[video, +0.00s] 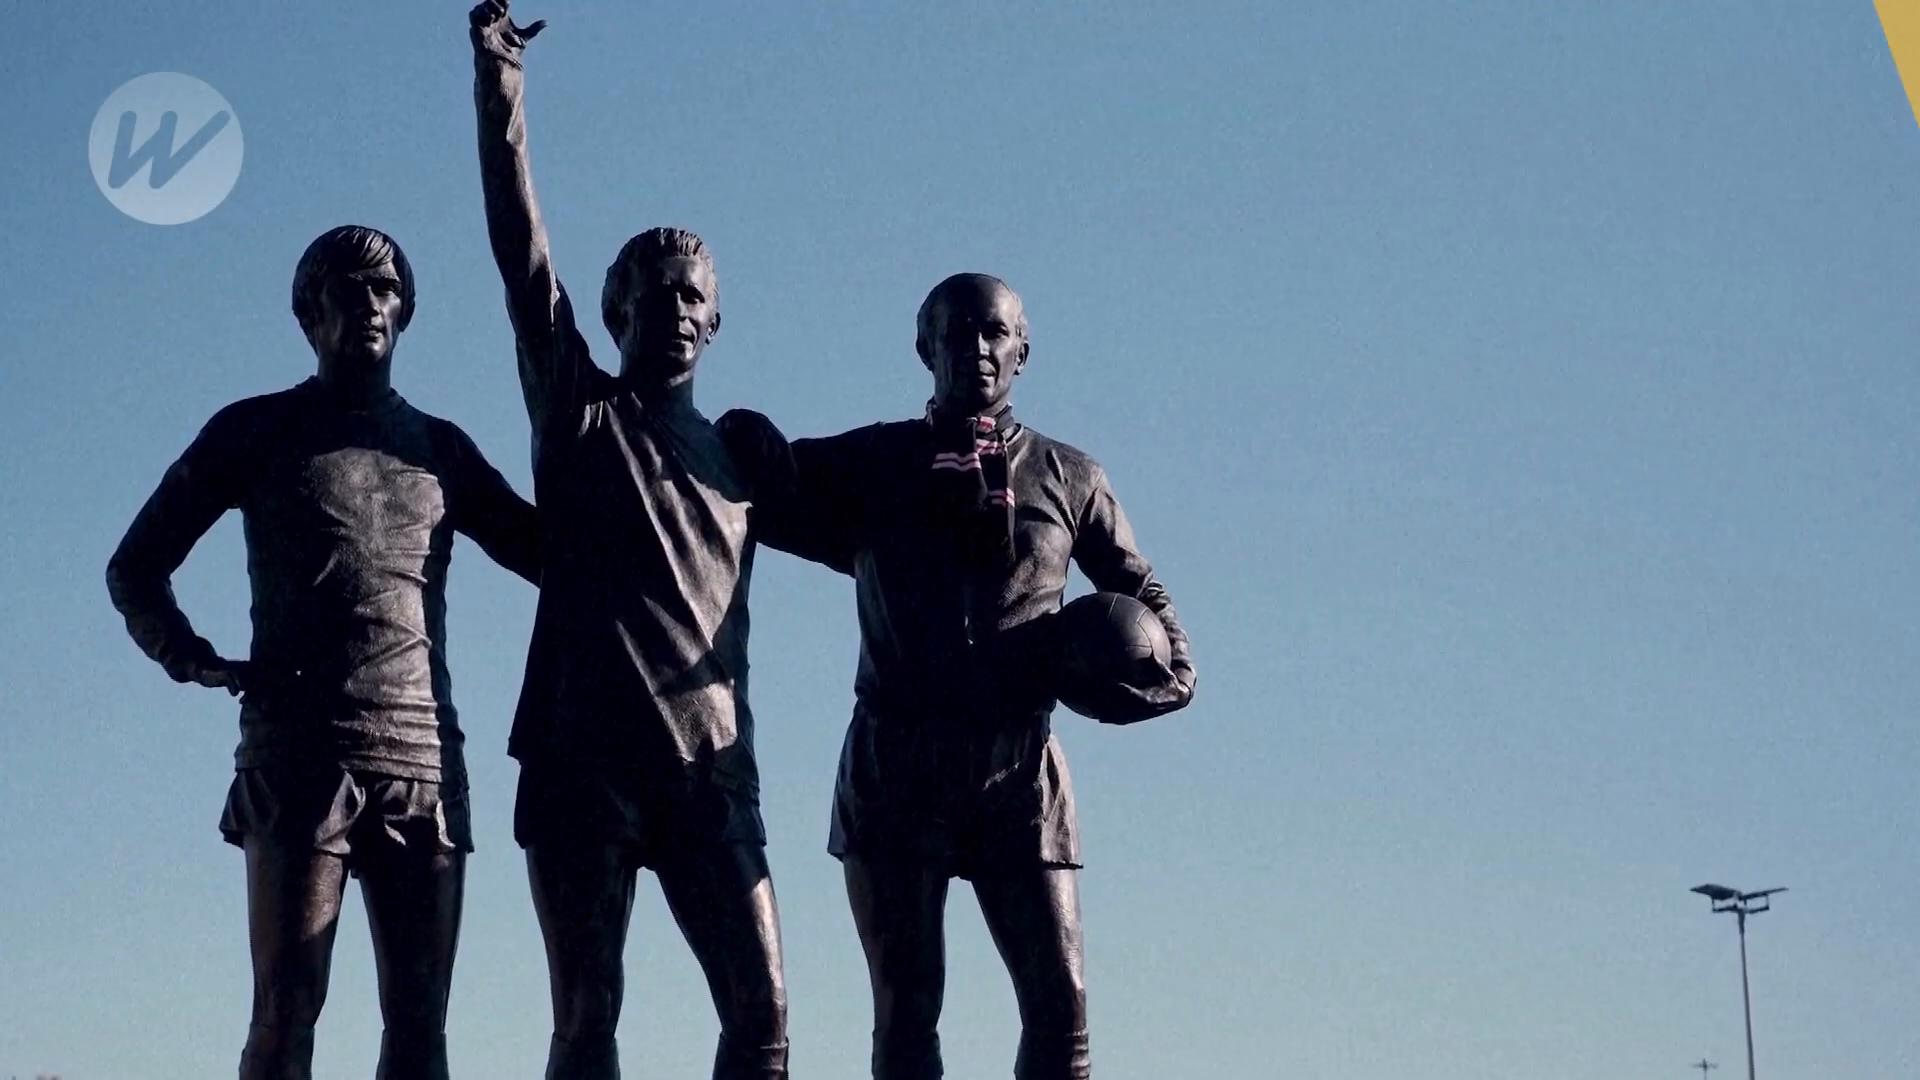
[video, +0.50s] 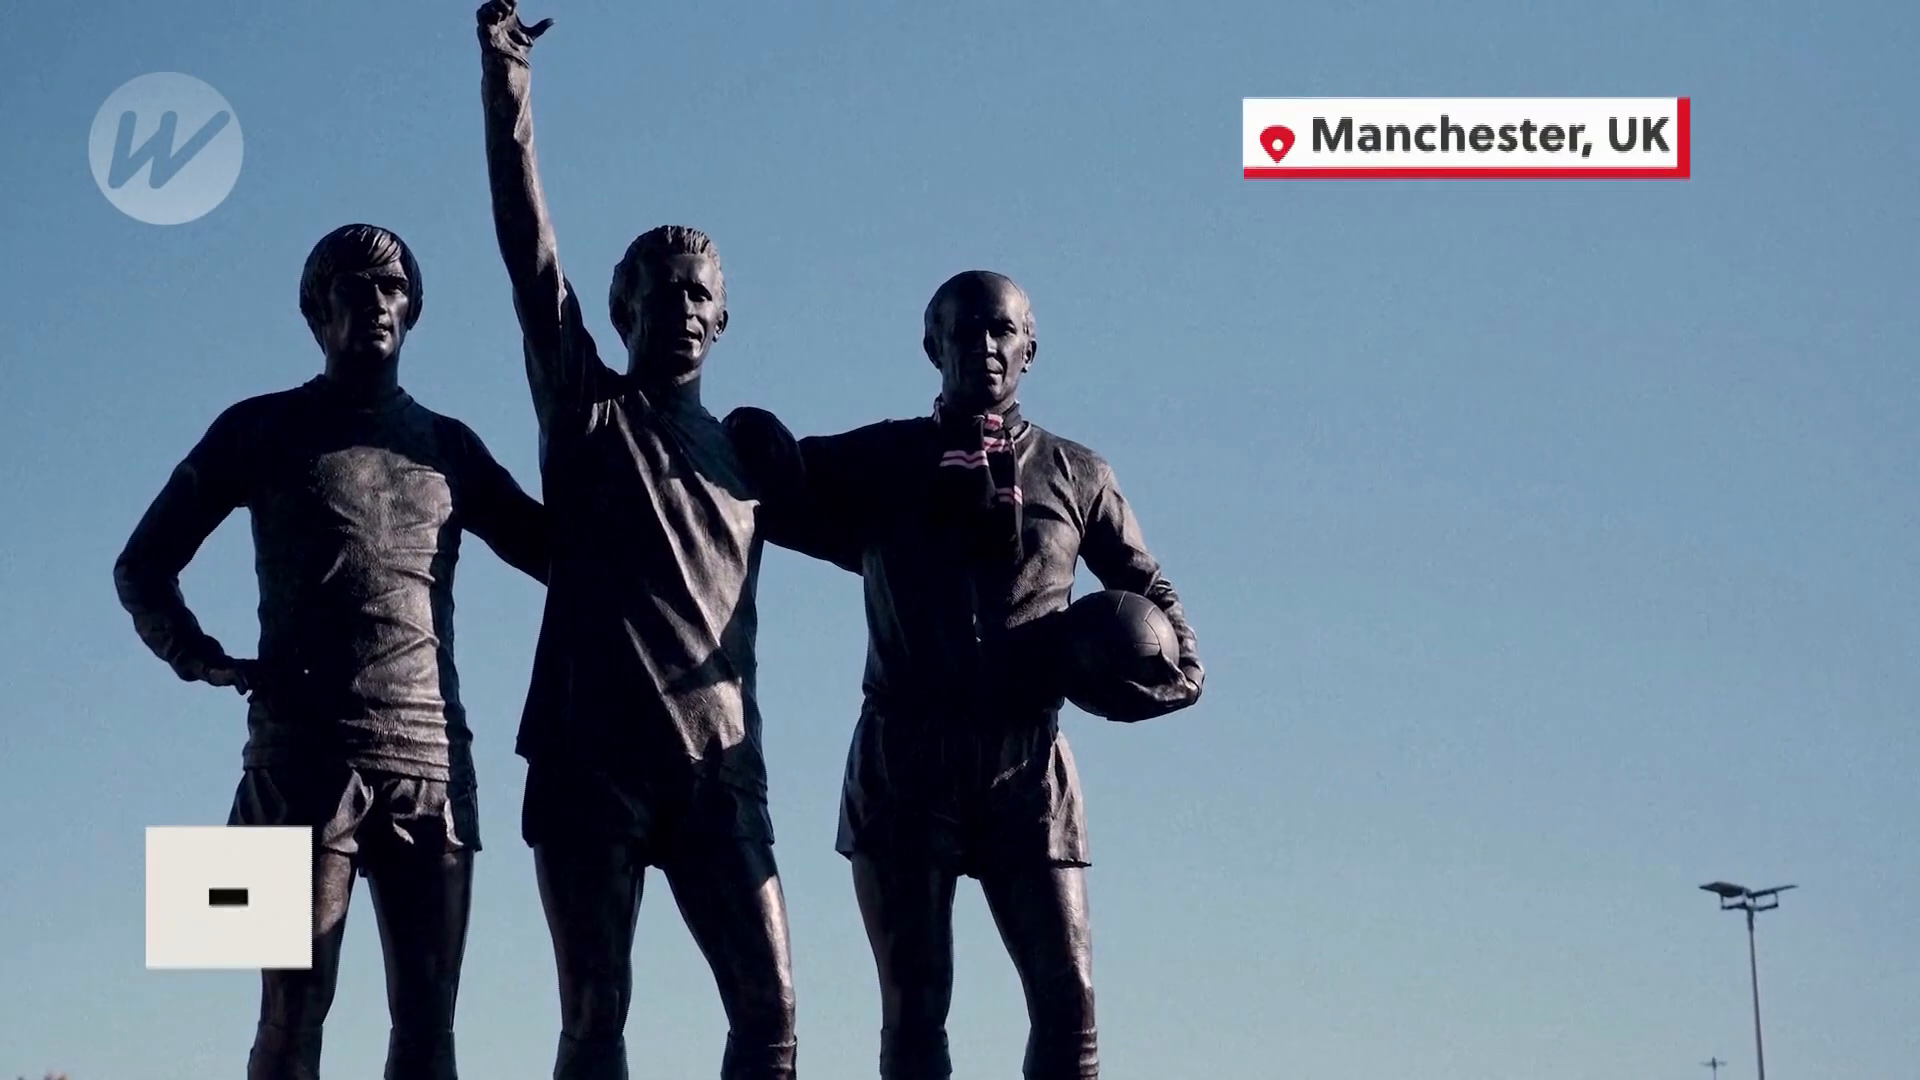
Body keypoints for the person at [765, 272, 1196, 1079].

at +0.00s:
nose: (979, 350)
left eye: (996, 333)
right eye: (960, 333)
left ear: (1021, 351)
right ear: (926, 345)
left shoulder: (1067, 475)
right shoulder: (874, 459)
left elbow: (1141, 592)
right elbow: (752, 476)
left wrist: (1163, 657)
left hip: (1019, 767)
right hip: (895, 766)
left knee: (1060, 1008)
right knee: (906, 1013)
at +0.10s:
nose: (983, 347)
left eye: (999, 331)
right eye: (963, 331)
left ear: (1023, 349)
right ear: (929, 343)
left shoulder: (1069, 473)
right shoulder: (875, 457)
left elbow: (1142, 589)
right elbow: (757, 477)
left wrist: (1164, 655)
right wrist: (751, 436)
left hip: (1021, 767)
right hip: (898, 766)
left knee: (1062, 1004)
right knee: (908, 1011)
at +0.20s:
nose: (984, 346)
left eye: (1001, 330)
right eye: (965, 329)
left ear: (1024, 346)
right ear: (929, 341)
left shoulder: (1071, 473)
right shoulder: (874, 456)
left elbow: (1144, 588)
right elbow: (750, 472)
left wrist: (1166, 655)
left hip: (1024, 764)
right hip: (899, 763)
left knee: (1063, 1002)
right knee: (909, 1010)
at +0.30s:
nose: (984, 346)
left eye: (1001, 330)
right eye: (965, 330)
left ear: (1026, 347)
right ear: (932, 343)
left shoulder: (1072, 472)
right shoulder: (879, 457)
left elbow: (1145, 588)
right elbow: (759, 474)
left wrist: (1171, 658)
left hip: (1024, 765)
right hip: (901, 765)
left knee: (1065, 1001)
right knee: (910, 1011)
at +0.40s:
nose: (985, 344)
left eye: (1001, 329)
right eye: (966, 329)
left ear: (1026, 348)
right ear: (932, 345)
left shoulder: (1074, 472)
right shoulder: (877, 457)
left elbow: (1146, 589)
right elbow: (764, 481)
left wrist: (1176, 663)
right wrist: (754, 431)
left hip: (1024, 764)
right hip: (901, 765)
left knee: (1067, 997)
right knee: (913, 1007)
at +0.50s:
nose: (990, 346)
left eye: (1006, 330)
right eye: (971, 330)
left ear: (1029, 349)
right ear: (935, 342)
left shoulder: (1075, 474)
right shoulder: (879, 457)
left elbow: (1150, 591)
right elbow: (755, 479)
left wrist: (1167, 657)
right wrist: (754, 433)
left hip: (1027, 766)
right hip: (903, 766)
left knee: (1068, 1002)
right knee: (914, 1011)